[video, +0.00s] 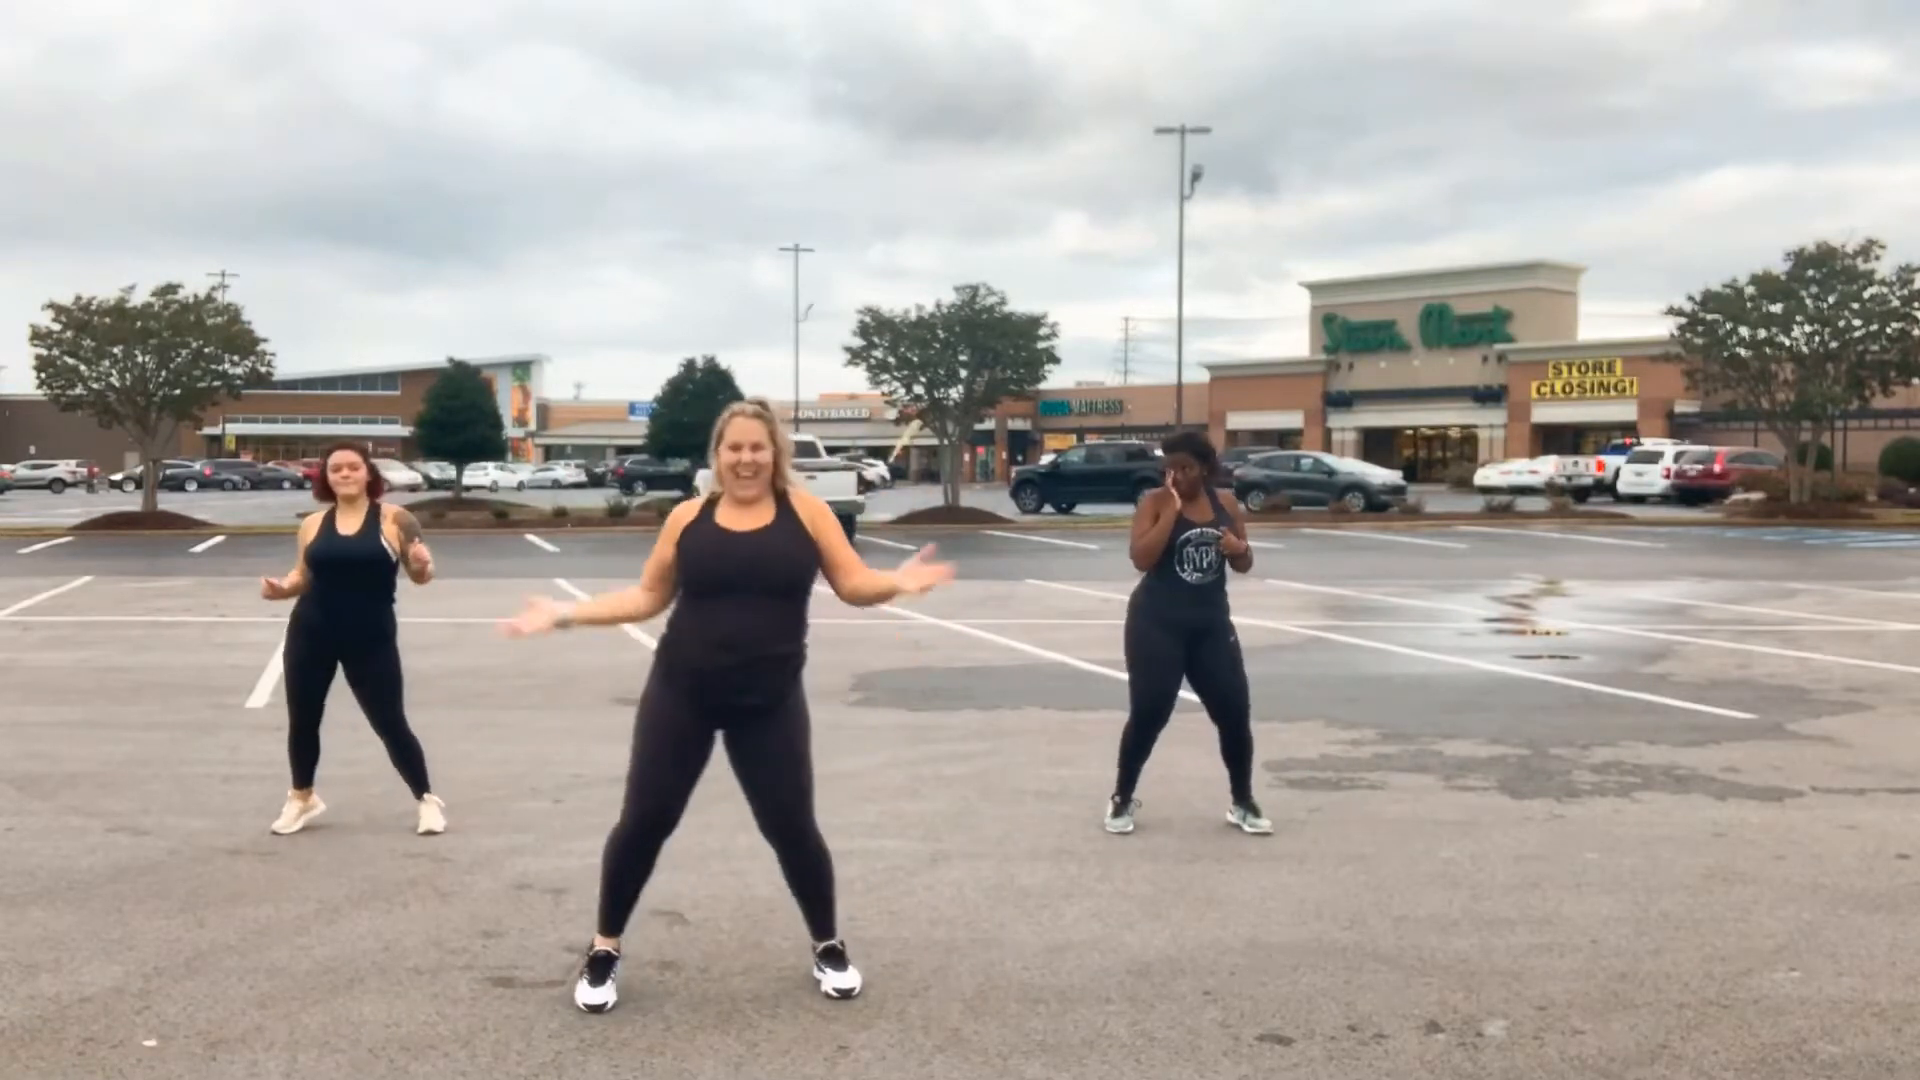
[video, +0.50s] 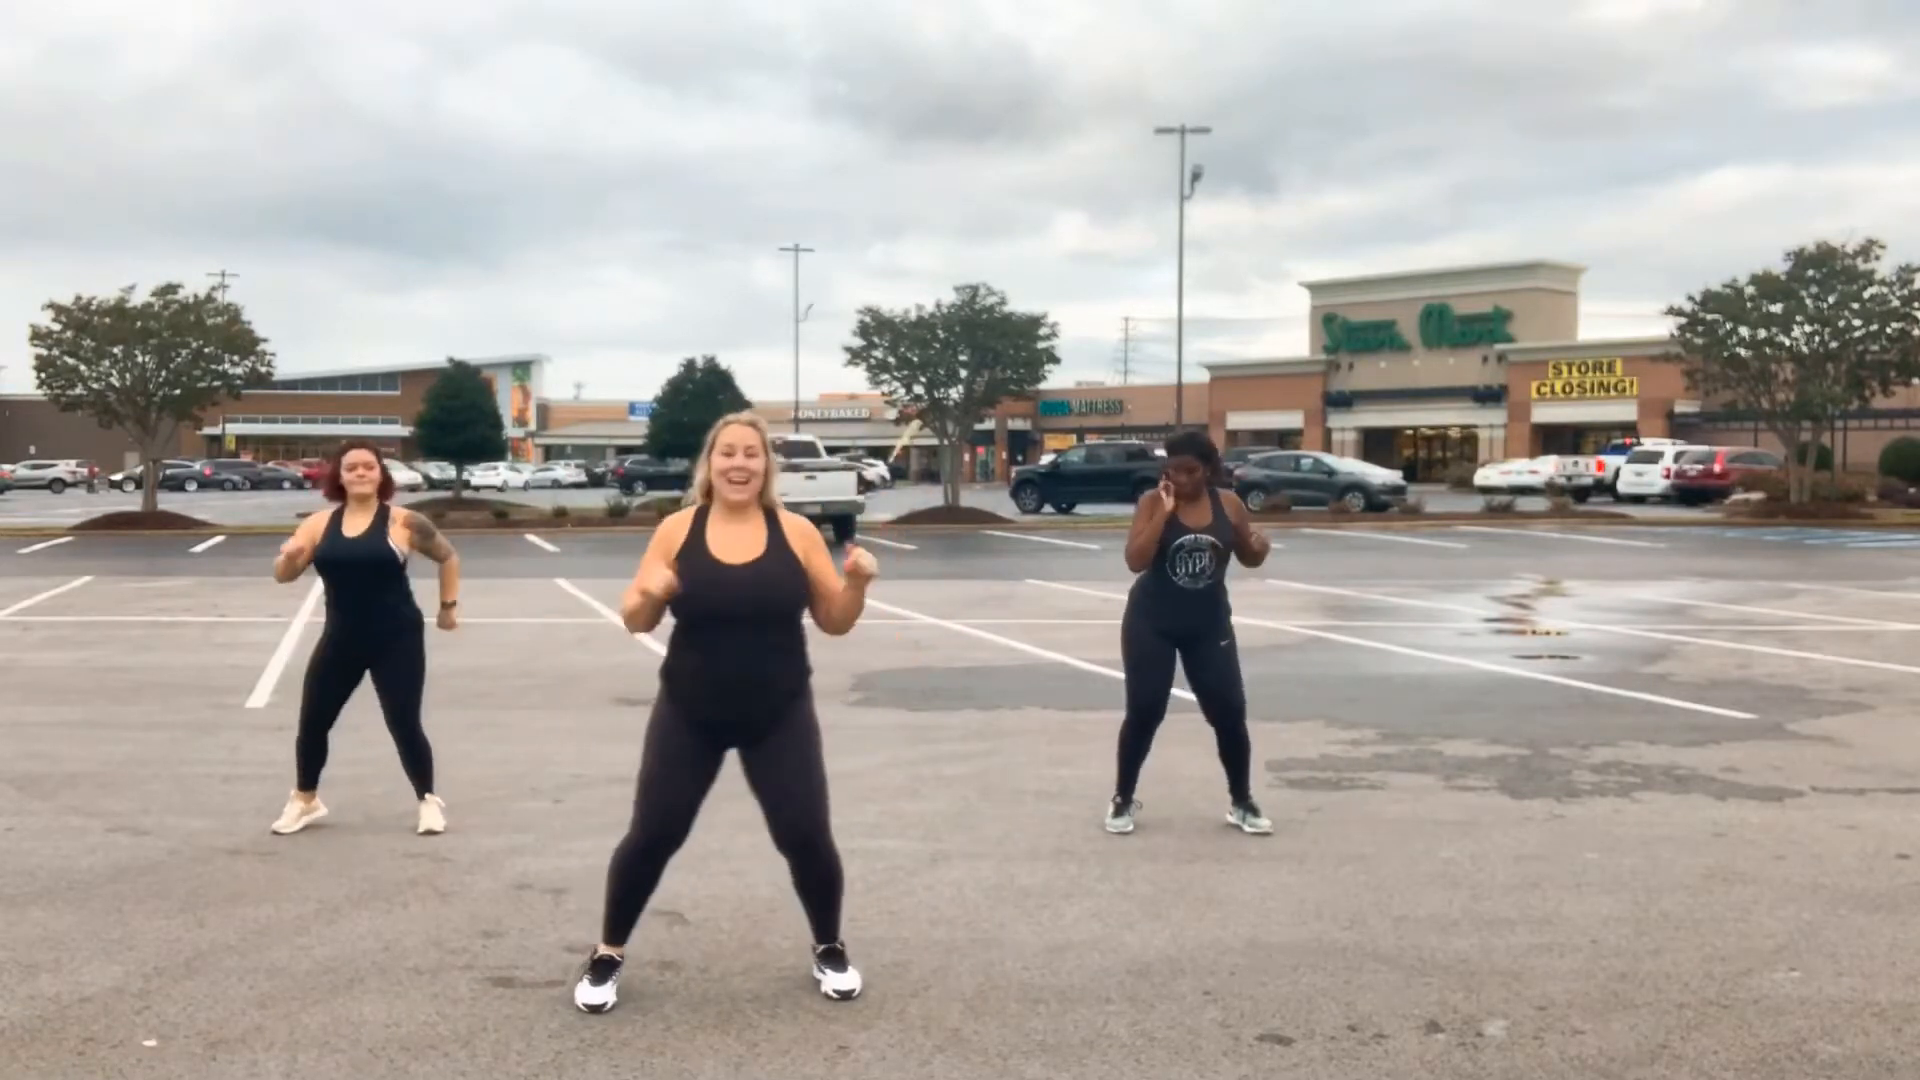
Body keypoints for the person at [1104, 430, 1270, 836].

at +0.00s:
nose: (1175, 476)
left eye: (1183, 469)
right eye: (1170, 469)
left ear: (1204, 468)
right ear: (1164, 469)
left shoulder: (1224, 502)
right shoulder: (1153, 502)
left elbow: (1243, 564)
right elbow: (1141, 558)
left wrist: (1237, 549)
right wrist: (1170, 512)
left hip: (1210, 626)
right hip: (1156, 626)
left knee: (1235, 715)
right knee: (1148, 715)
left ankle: (1242, 802)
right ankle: (1122, 799)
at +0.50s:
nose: (1178, 480)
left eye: (1186, 473)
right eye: (1172, 472)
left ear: (1206, 470)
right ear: (1165, 472)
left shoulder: (1227, 503)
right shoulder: (1152, 502)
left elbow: (1249, 558)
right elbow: (1135, 560)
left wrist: (1257, 546)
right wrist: (1161, 515)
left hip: (1207, 623)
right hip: (1151, 622)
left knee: (1230, 714)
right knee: (1145, 712)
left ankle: (1242, 802)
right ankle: (1122, 799)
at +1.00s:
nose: (1213, 477)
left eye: (1220, 469)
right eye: (1206, 469)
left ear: (1230, 472)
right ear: (1189, 469)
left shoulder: (1239, 503)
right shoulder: (1166, 500)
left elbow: (1264, 551)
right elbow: (1140, 561)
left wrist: (1244, 502)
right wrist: (1165, 524)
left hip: (1230, 623)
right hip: (1174, 623)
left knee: (1245, 714)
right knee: (1176, 715)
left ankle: (1245, 796)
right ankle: (1170, 804)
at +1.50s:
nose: (1240, 479)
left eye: (1249, 473)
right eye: (1235, 470)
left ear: (1260, 474)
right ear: (1220, 465)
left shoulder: (1270, 501)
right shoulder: (1195, 498)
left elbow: (1281, 553)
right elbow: (1175, 562)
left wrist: (1265, 499)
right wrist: (1194, 525)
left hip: (1265, 620)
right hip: (1208, 620)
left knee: (1282, 712)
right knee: (1191, 710)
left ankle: (1314, 799)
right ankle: (1174, 798)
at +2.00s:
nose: (1220, 462)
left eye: (1227, 455)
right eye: (1212, 454)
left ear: (1233, 461)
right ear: (1191, 458)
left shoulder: (1237, 500)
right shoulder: (1170, 501)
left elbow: (1248, 551)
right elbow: (1173, 560)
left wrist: (1269, 540)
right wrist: (1226, 526)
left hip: (1231, 617)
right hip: (1179, 618)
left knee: (1231, 711)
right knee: (1186, 710)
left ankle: (1218, 800)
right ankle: (1179, 803)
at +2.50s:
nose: (1212, 457)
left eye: (1214, 450)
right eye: (1201, 453)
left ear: (1222, 456)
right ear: (1183, 464)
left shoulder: (1230, 505)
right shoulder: (1167, 502)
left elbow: (1248, 571)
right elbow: (1126, 552)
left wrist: (1244, 547)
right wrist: (1172, 577)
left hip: (1205, 626)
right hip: (1154, 623)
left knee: (1217, 714)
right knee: (1143, 707)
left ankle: (1214, 804)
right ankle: (1093, 793)